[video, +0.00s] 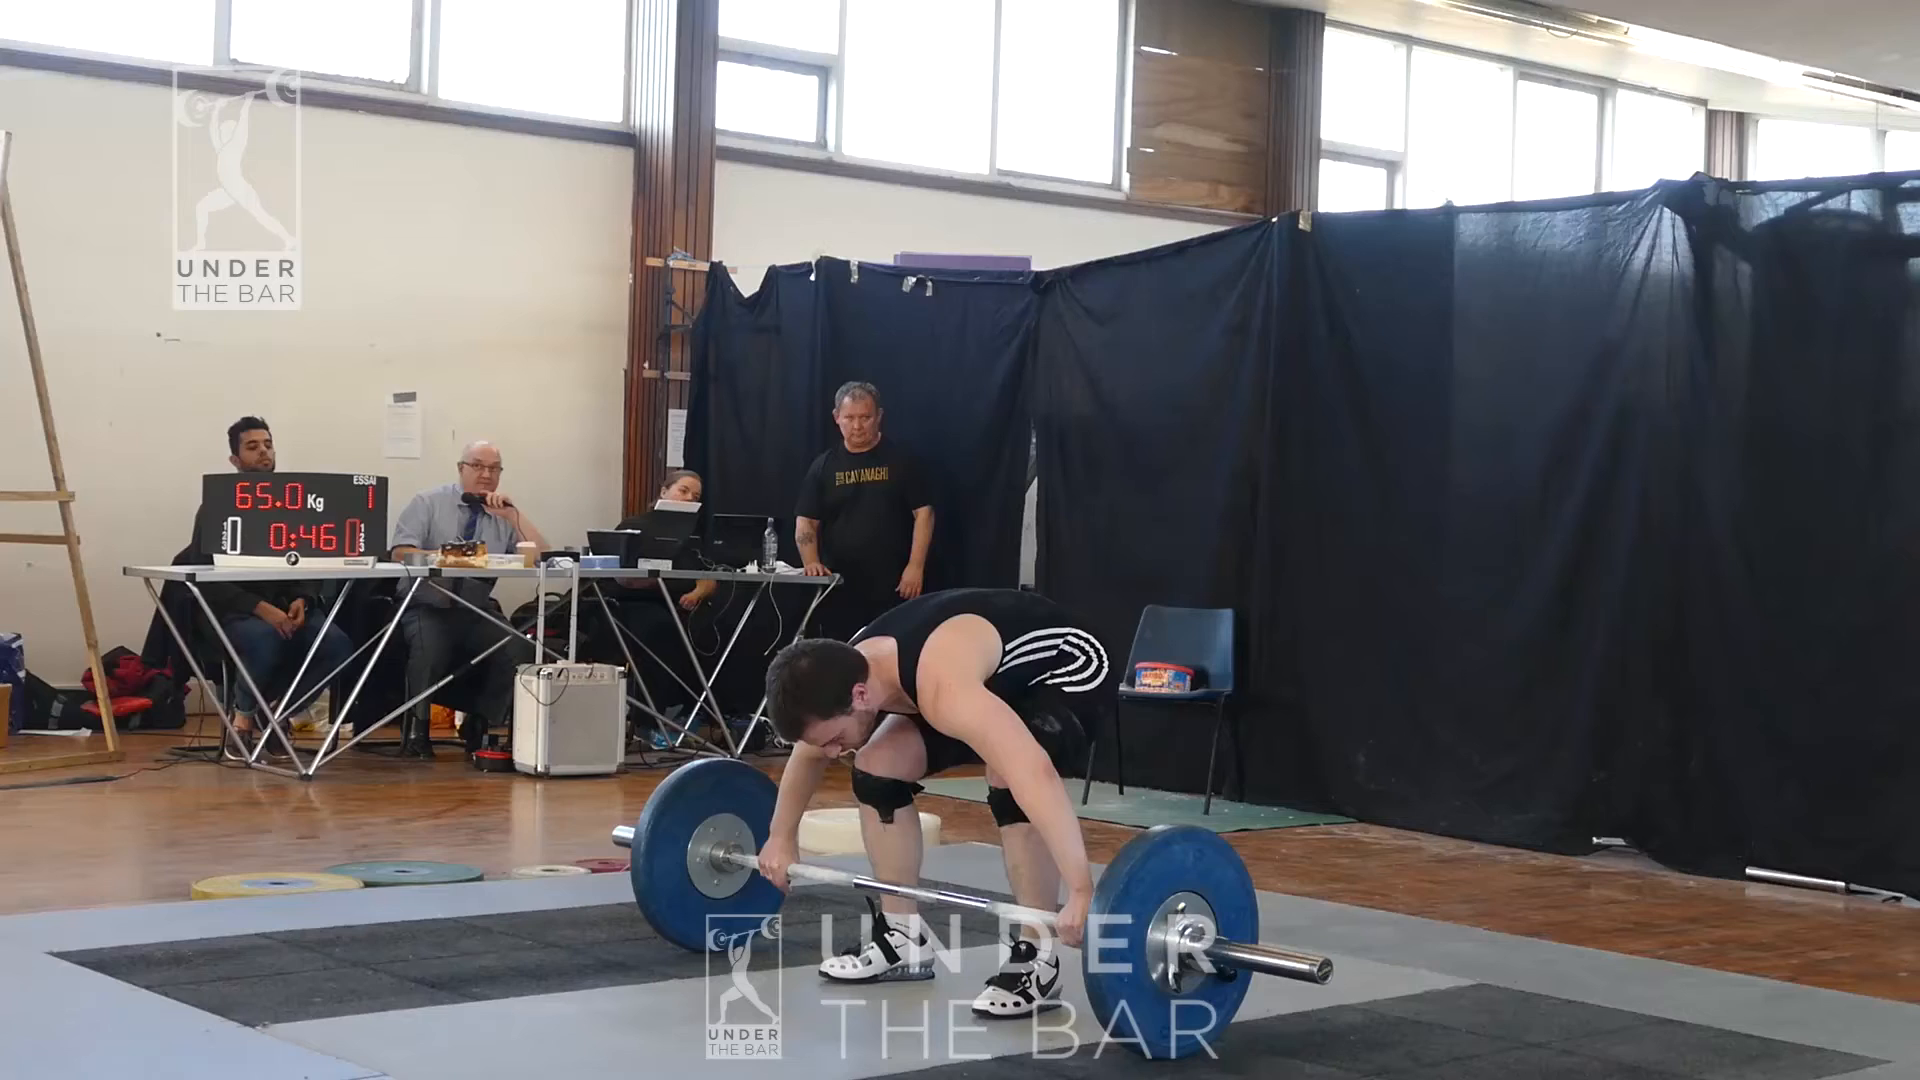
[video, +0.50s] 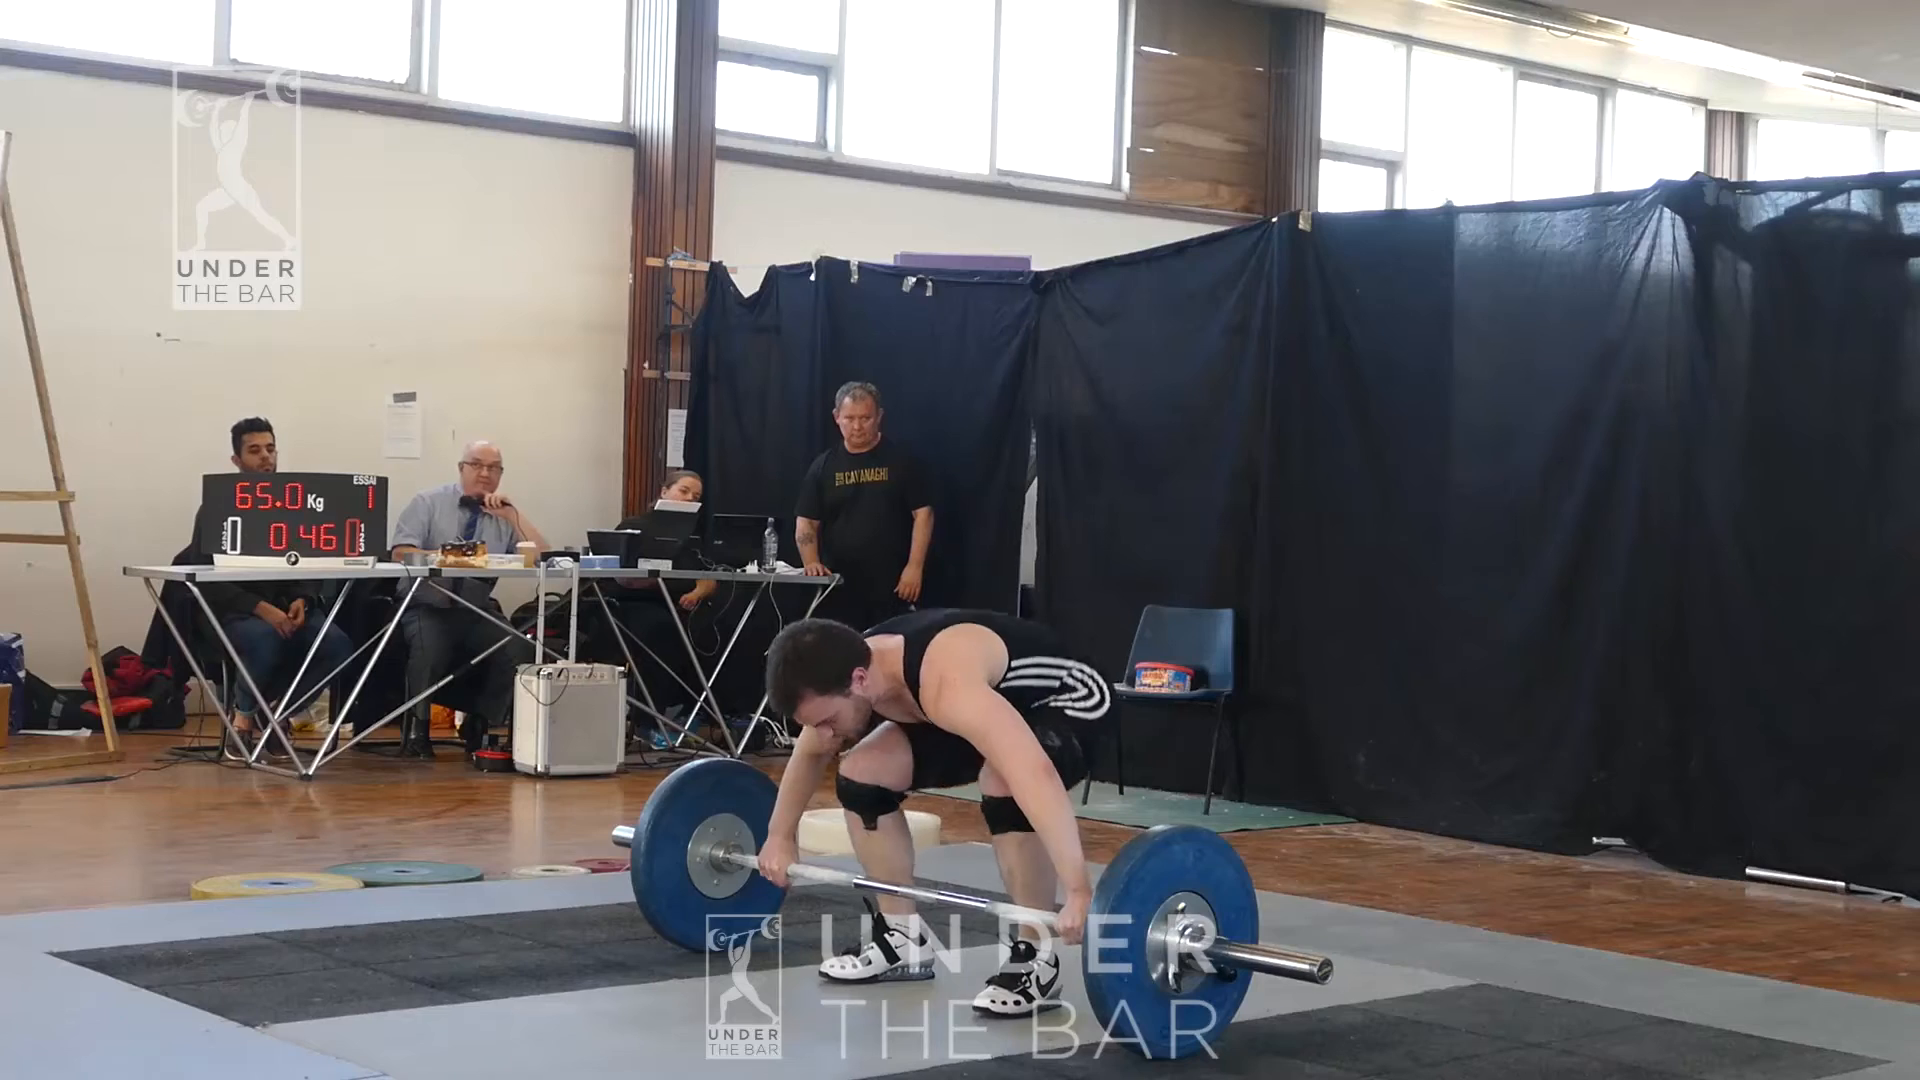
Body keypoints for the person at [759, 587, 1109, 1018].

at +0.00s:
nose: (830, 752)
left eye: (834, 739)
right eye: (817, 745)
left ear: (860, 696)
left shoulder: (947, 689)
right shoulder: (847, 669)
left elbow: (1032, 771)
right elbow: (810, 752)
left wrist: (1081, 885)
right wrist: (780, 833)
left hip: (1072, 672)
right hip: (993, 683)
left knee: (1010, 782)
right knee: (878, 771)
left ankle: (1036, 962)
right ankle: (903, 942)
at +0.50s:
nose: (825, 737)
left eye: (829, 720)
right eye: (812, 727)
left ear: (858, 683)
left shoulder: (949, 685)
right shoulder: (852, 671)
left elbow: (1036, 773)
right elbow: (811, 753)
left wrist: (1077, 888)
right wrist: (780, 834)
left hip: (1069, 699)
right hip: (985, 706)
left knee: (1003, 786)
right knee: (863, 777)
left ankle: (1036, 962)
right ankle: (902, 940)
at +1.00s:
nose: (831, 601)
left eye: (847, 584)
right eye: (826, 587)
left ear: (897, 586)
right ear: (821, 586)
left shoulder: (963, 662)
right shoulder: (848, 677)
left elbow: (1035, 765)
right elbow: (815, 751)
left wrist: (1070, 882)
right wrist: (779, 829)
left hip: (1055, 783)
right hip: (960, 782)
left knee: (995, 798)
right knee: (839, 787)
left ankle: (1030, 959)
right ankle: (902, 940)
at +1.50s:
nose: (829, 537)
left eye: (848, 523)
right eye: (825, 523)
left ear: (896, 534)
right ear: (819, 532)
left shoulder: (959, 601)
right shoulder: (843, 609)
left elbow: (1055, 681)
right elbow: (808, 670)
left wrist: (1074, 799)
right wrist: (771, 753)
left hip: (1034, 693)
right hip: (959, 699)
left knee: (1027, 782)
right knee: (864, 768)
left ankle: (1034, 955)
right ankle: (899, 936)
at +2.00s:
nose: (1005, 272)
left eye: (1024, 267)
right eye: (1007, 261)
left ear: (1062, 298)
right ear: (999, 285)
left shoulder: (1064, 366)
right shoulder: (956, 365)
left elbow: (1108, 399)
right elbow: (864, 401)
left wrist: (1075, 420)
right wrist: (762, 409)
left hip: (993, 597)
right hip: (916, 591)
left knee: (977, 739)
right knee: (831, 738)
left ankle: (1020, 925)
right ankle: (874, 902)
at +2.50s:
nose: (804, 531)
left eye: (818, 517)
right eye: (800, 517)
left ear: (868, 520)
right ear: (797, 524)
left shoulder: (923, 579)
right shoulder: (823, 577)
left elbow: (1009, 537)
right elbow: (774, 509)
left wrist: (1072, 447)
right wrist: (748, 418)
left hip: (982, 767)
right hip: (886, 776)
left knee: (934, 819)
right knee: (764, 815)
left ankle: (997, 960)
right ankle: (860, 930)